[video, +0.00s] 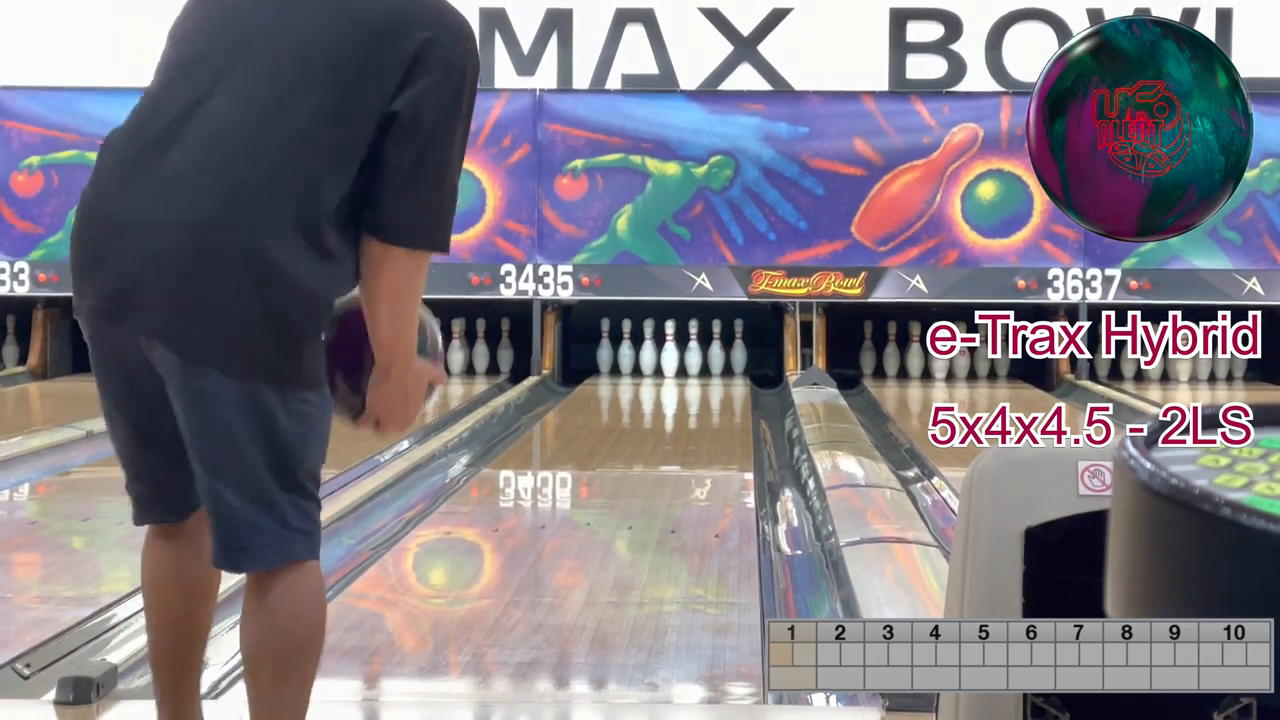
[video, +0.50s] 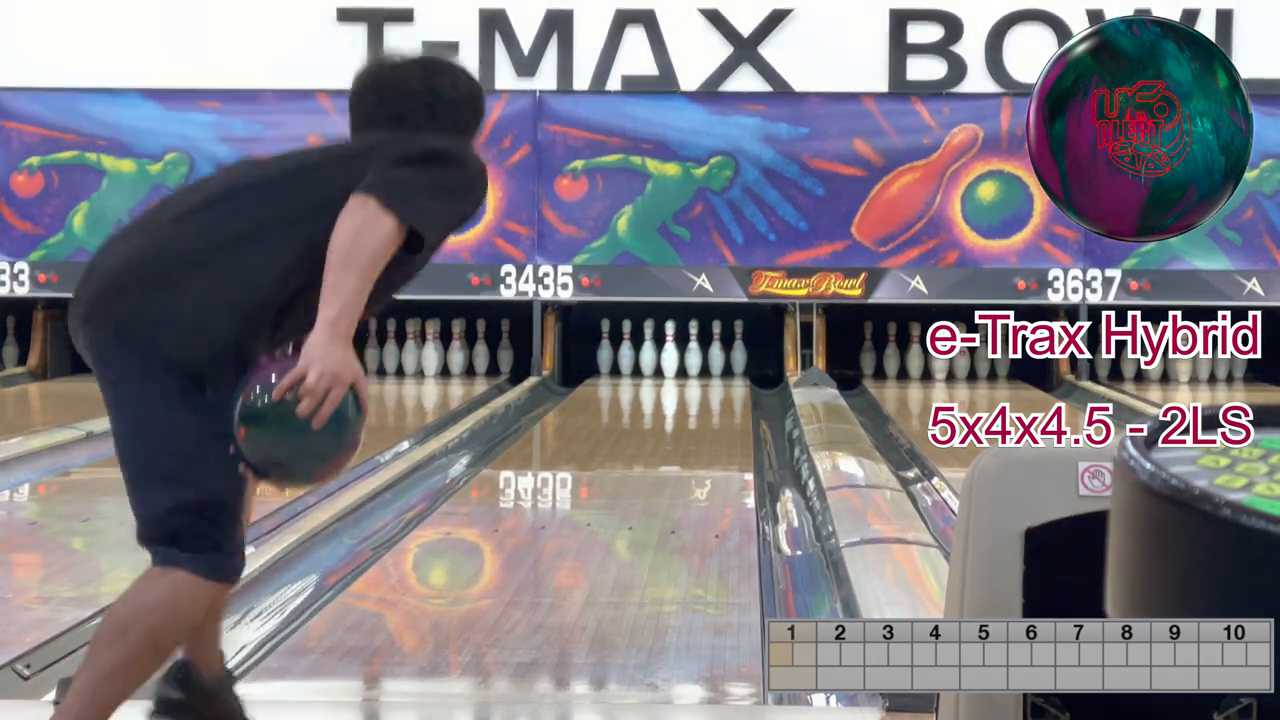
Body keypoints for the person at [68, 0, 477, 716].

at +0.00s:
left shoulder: (225, 7)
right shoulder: (434, 29)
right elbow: (397, 230)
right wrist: (395, 378)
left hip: (108, 248)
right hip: (242, 275)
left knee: (173, 516)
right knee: (280, 551)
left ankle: (178, 712)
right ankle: (274, 714)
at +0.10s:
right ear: (419, 2)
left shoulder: (266, 15)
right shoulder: (439, 57)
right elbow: (395, 255)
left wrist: (293, 342)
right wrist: (389, 403)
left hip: (100, 263)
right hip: (217, 287)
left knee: (177, 513)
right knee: (273, 538)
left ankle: (201, 710)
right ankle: (266, 718)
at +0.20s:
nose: (448, 14)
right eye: (447, 11)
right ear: (435, 6)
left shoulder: (304, 37)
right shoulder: (446, 70)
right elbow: (389, 231)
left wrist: (266, 356)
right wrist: (374, 386)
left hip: (96, 256)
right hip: (191, 279)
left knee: (176, 521)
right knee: (230, 533)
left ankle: (191, 710)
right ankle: (221, 711)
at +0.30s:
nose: (464, 29)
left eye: (463, 19)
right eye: (466, 18)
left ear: (362, 10)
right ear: (451, 18)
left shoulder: (319, 57)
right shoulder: (450, 70)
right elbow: (384, 183)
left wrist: (289, 318)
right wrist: (360, 330)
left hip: (105, 245)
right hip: (166, 261)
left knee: (191, 503)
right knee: (208, 506)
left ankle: (191, 709)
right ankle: (131, 712)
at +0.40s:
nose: (474, 64)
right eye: (474, 51)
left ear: (363, 36)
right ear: (461, 53)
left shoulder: (326, 96)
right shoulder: (445, 98)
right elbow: (377, 171)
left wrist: (251, 369)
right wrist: (347, 303)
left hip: (112, 248)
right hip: (154, 267)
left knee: (195, 492)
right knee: (191, 514)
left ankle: (168, 667)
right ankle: (79, 708)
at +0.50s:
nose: (479, 141)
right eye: (477, 126)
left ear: (375, 116)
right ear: (461, 123)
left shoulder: (346, 166)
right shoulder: (445, 163)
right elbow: (379, 209)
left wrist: (260, 417)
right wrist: (333, 335)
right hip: (156, 315)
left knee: (223, 485)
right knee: (200, 559)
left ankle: (203, 679)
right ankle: (73, 712)